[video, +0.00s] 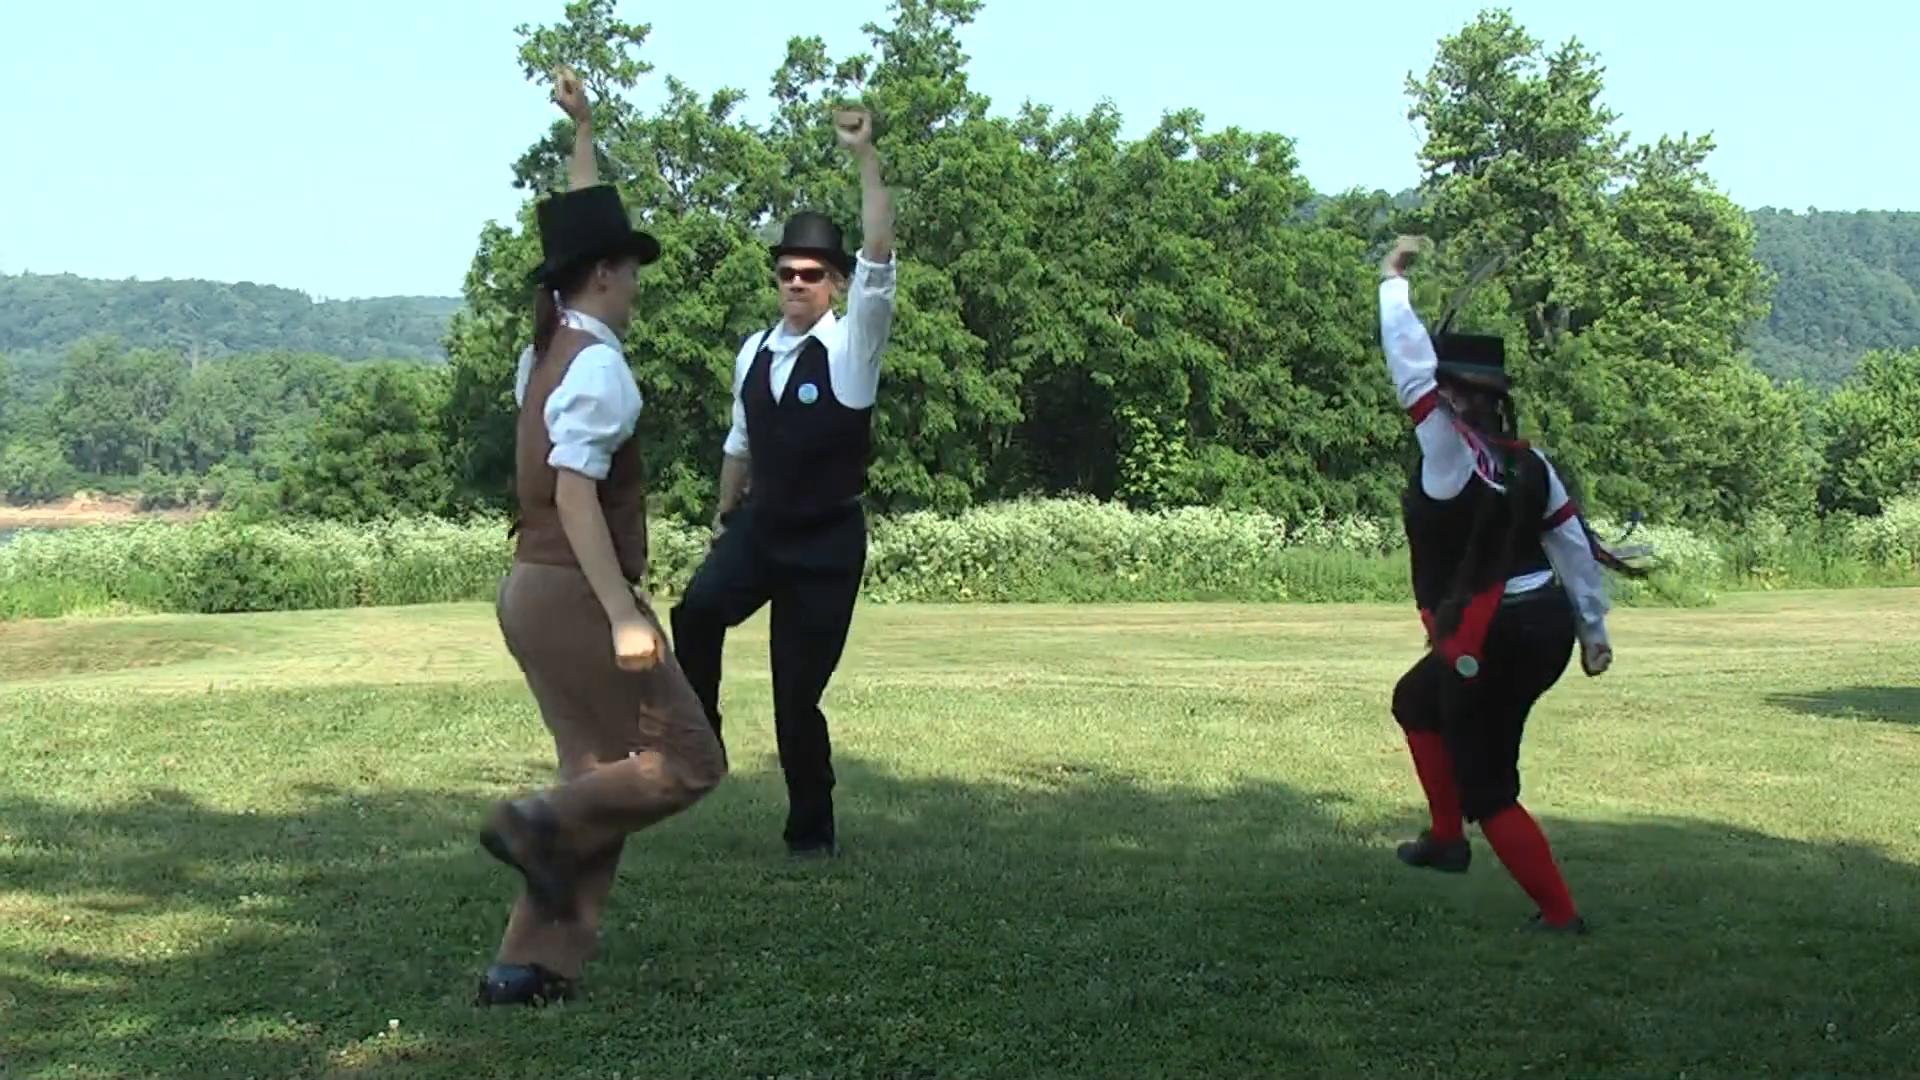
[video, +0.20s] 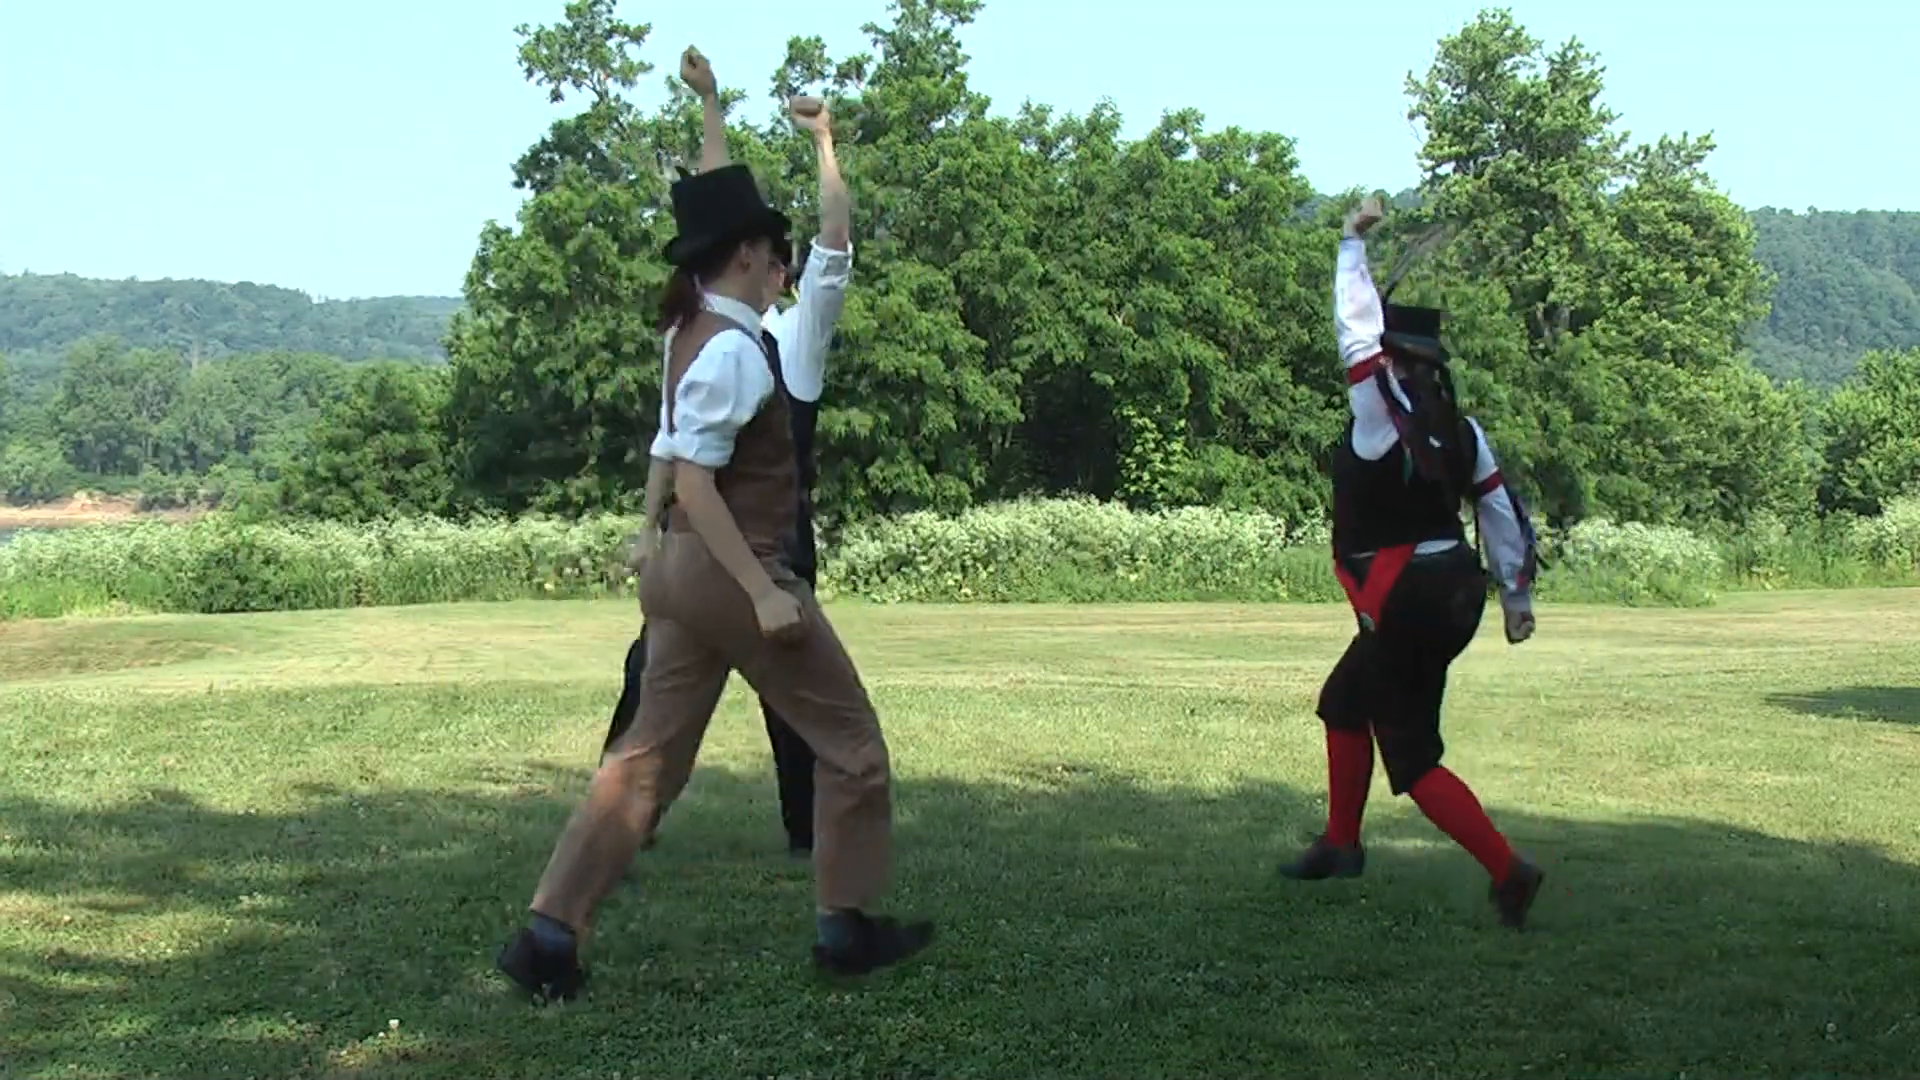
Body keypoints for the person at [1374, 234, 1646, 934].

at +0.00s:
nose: (1438, 400)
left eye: (1443, 391)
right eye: (1442, 391)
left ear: (1457, 400)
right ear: (1498, 400)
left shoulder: (1448, 448)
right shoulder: (1531, 462)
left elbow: (1410, 360)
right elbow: (1572, 545)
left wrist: (1394, 277)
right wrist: (1593, 625)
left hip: (1494, 631)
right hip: (1550, 622)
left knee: (1483, 787)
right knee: (1414, 700)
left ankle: (1561, 916)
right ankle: (1447, 839)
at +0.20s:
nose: (1375, 362)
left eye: (1381, 355)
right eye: (1387, 354)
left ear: (1389, 360)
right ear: (1434, 364)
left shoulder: (1378, 398)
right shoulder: (1461, 428)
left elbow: (1358, 323)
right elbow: (1501, 509)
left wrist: (1353, 239)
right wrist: (1516, 587)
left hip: (1409, 598)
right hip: (1459, 594)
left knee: (1410, 763)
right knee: (1343, 702)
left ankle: (1506, 866)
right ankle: (1341, 844)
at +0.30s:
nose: (1338, 374)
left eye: (1345, 364)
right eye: (1354, 364)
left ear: (1356, 372)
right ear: (1398, 375)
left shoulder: (1354, 416)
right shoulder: (1410, 436)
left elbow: (1337, 338)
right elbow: (1450, 524)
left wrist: (1338, 259)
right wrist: (1478, 609)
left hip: (1368, 603)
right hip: (1413, 598)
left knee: (1318, 756)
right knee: (1334, 741)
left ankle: (1411, 870)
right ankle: (1349, 876)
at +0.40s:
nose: (1304, 383)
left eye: (1315, 374)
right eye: (1311, 374)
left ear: (1330, 382)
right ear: (1363, 387)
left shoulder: (1330, 433)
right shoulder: (1364, 450)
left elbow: (1314, 349)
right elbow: (1400, 539)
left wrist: (1311, 270)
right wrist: (1418, 627)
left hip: (1341, 618)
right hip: (1377, 615)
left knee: (1238, 733)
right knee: (1297, 751)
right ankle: (1346, 874)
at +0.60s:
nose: (1236, 339)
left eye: (1247, 328)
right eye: (1242, 329)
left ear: (1270, 334)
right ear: (1289, 338)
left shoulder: (1272, 380)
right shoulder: (1281, 394)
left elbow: (1256, 293)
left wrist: (1247, 221)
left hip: (1266, 577)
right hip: (1298, 582)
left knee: (1138, 631)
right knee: (1261, 720)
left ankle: (1161, 763)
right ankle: (1321, 851)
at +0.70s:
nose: (1204, 338)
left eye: (1212, 331)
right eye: (1208, 330)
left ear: (1233, 334)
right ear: (1258, 335)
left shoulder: (1235, 379)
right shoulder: (1269, 391)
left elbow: (1220, 299)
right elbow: (1292, 479)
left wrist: (1214, 217)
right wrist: (1301, 542)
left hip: (1238, 568)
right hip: (1271, 568)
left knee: (1115, 643)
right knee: (1222, 719)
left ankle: (1159, 767)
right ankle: (1254, 857)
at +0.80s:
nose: (1167, 367)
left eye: (1179, 359)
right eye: (1173, 358)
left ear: (1195, 363)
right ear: (1226, 364)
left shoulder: (1199, 414)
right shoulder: (1236, 419)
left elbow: (1175, 334)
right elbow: (1165, 485)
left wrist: (1164, 252)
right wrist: (1121, 481)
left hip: (1209, 598)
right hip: (1242, 595)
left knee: (1095, 669)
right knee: (1187, 739)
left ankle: (1140, 797)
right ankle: (1220, 866)